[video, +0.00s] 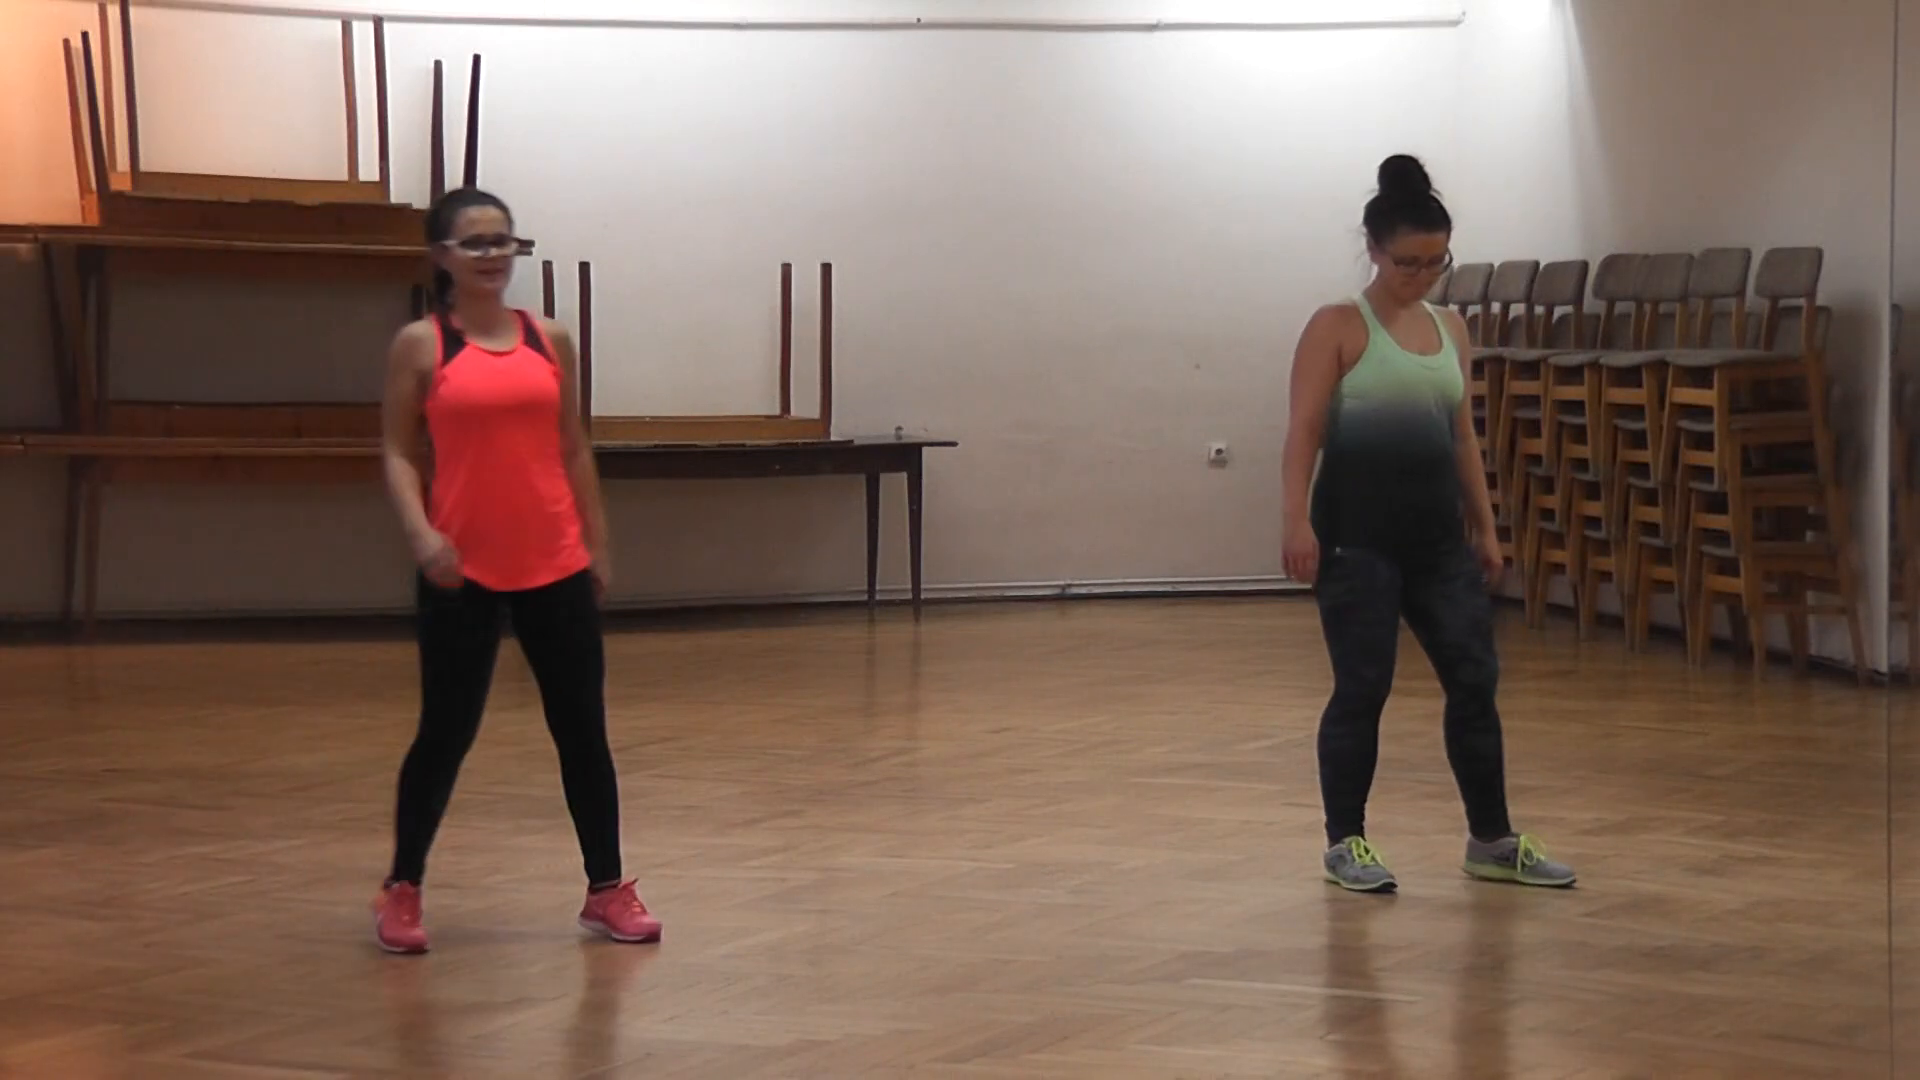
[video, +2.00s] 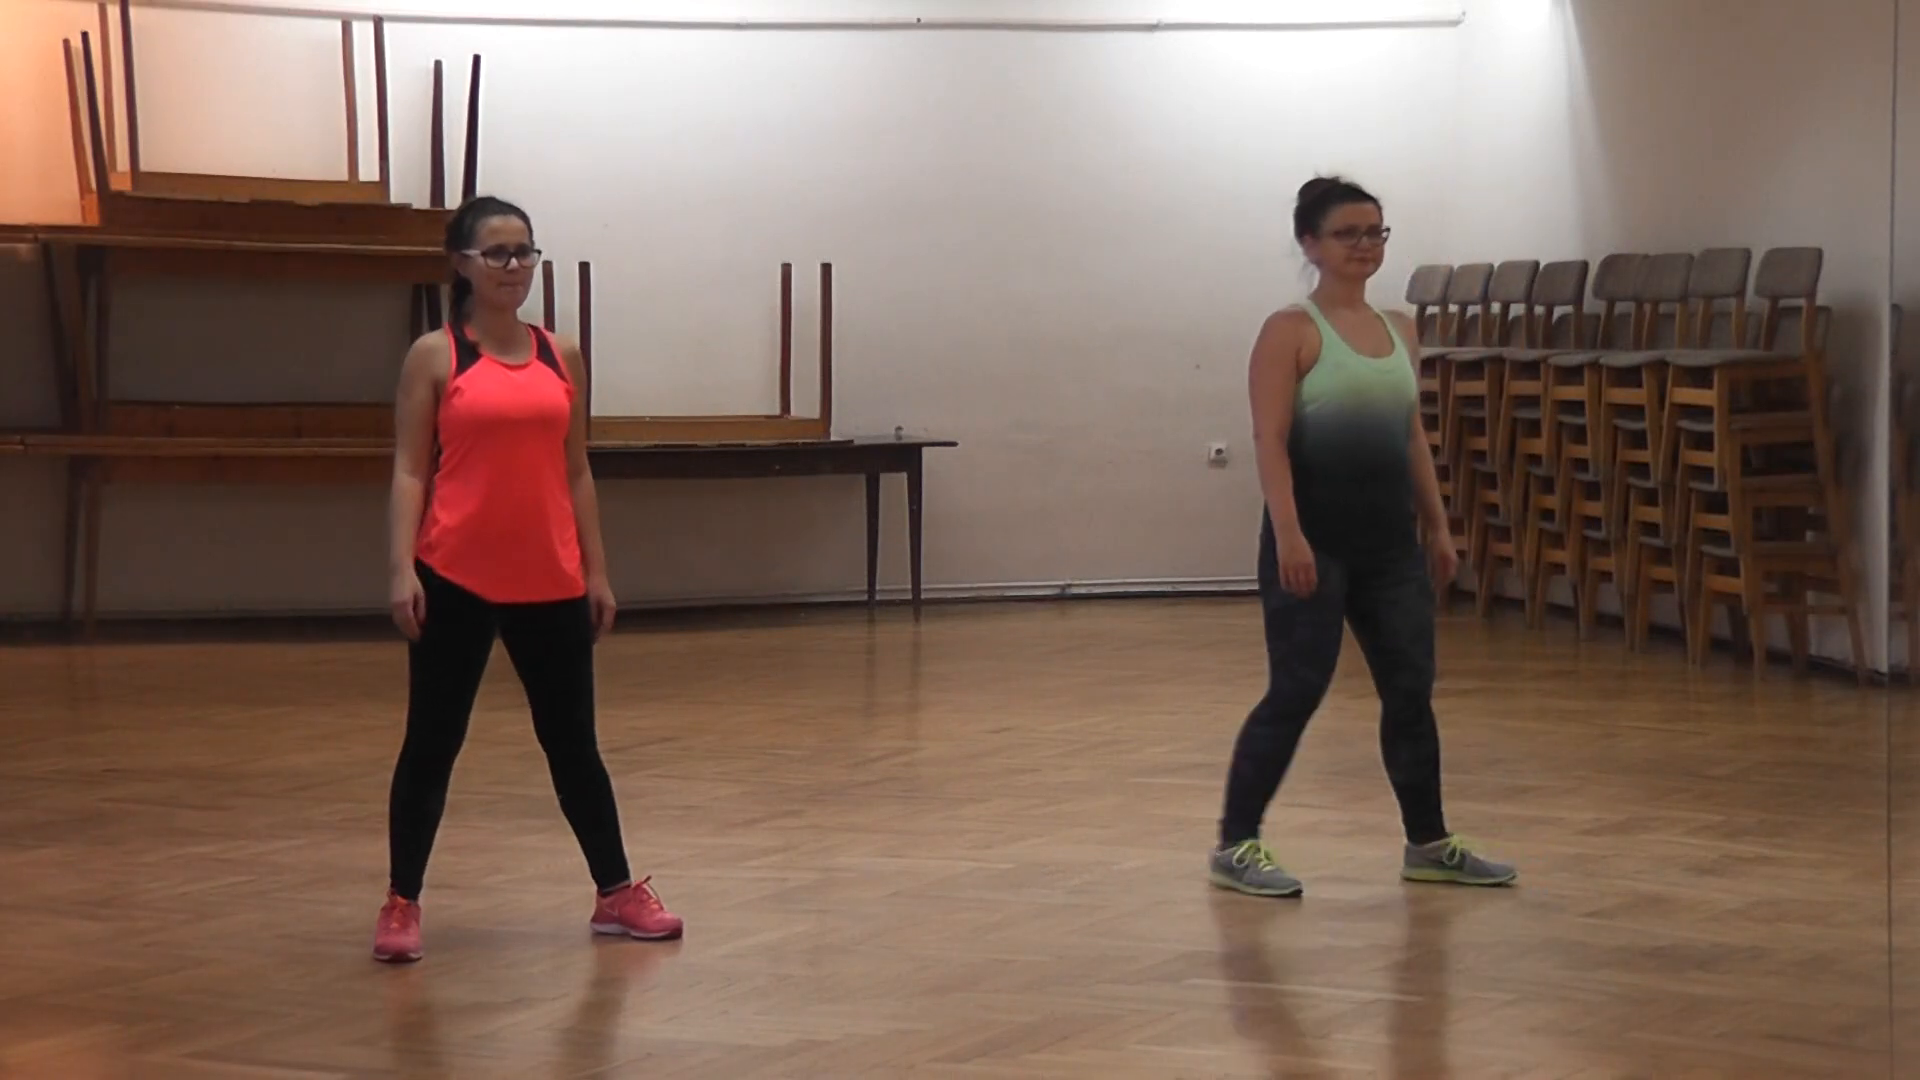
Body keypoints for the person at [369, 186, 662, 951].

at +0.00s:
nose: (494, 253)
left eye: (503, 241)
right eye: (477, 243)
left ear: (518, 249)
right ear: (442, 256)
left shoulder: (551, 340)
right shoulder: (420, 345)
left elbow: (575, 445)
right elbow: (399, 450)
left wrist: (597, 542)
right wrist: (422, 534)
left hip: (557, 568)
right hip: (463, 573)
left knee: (584, 733)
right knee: (445, 734)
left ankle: (609, 890)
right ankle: (403, 890)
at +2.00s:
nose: (513, 265)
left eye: (523, 252)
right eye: (497, 253)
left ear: (535, 262)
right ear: (461, 264)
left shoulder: (559, 353)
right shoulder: (434, 356)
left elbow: (577, 470)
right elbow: (411, 471)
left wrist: (598, 573)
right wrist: (402, 570)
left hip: (550, 579)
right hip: (455, 580)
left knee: (574, 744)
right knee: (430, 745)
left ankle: (618, 891)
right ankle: (402, 903)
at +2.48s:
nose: (515, 264)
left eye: (525, 251)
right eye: (499, 252)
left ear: (538, 261)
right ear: (466, 263)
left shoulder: (568, 352)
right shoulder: (439, 356)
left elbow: (593, 465)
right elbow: (420, 471)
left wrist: (617, 565)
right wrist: (410, 572)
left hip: (565, 577)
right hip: (468, 579)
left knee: (583, 741)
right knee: (439, 746)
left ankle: (621, 890)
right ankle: (403, 903)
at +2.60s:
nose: (516, 264)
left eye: (526, 251)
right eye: (500, 252)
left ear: (540, 260)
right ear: (467, 262)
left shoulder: (569, 352)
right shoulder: (440, 355)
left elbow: (594, 465)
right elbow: (422, 468)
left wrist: (617, 561)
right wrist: (418, 565)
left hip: (566, 578)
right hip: (469, 579)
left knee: (583, 740)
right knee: (440, 746)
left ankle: (620, 890)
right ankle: (403, 902)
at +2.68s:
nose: (517, 264)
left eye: (527, 251)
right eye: (500, 251)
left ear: (540, 260)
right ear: (467, 262)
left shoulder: (569, 352)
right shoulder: (440, 355)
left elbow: (593, 464)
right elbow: (422, 468)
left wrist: (616, 562)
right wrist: (422, 564)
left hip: (566, 578)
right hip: (470, 580)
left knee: (583, 741)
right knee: (440, 746)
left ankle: (620, 890)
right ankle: (403, 903)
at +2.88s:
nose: (519, 262)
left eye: (530, 250)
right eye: (502, 250)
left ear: (543, 261)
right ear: (469, 262)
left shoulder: (573, 352)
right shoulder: (442, 354)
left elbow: (593, 465)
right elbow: (423, 468)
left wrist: (614, 562)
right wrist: (419, 567)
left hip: (568, 579)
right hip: (470, 579)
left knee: (582, 740)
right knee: (441, 746)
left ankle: (620, 890)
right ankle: (403, 903)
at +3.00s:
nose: (521, 261)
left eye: (532, 249)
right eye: (504, 250)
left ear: (545, 260)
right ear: (472, 262)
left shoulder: (576, 353)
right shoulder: (445, 352)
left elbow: (594, 465)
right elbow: (424, 469)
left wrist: (613, 564)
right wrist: (413, 569)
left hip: (568, 579)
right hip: (470, 580)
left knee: (583, 740)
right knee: (441, 747)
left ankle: (620, 890)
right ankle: (403, 903)